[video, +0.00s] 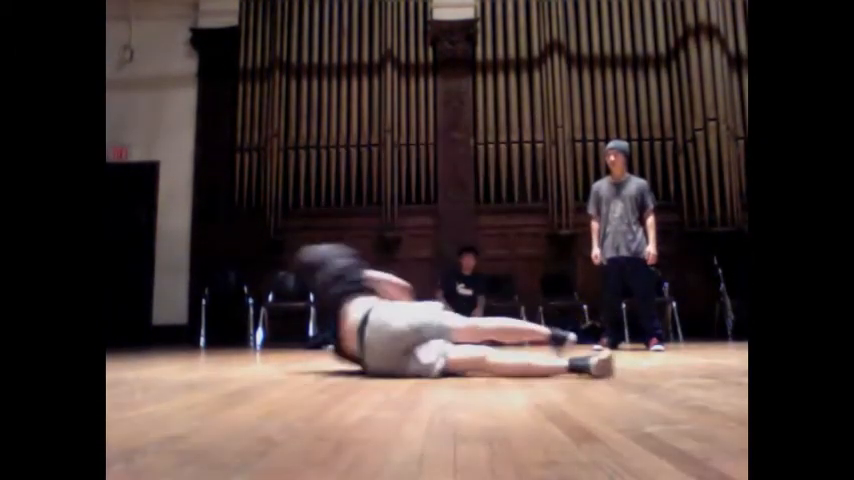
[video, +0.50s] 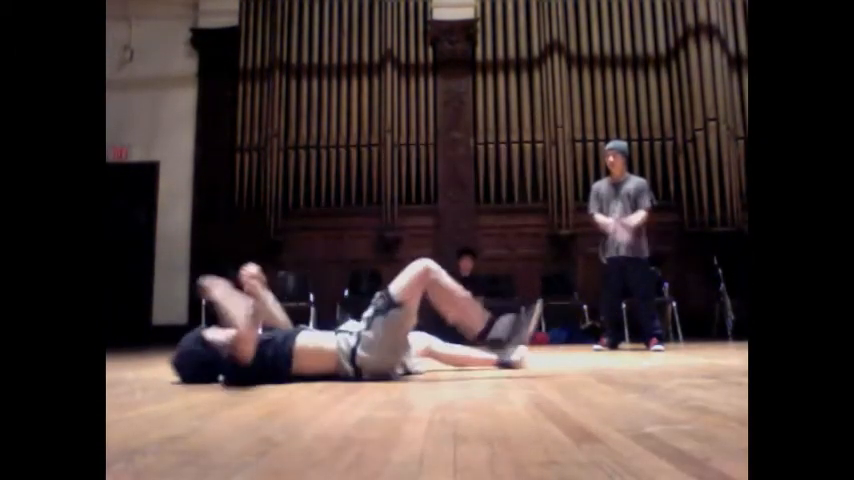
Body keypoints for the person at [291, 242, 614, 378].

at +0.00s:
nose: (349, 263)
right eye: (343, 259)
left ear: (312, 283)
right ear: (339, 261)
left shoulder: (332, 329)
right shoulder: (349, 277)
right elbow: (400, 287)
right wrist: (401, 316)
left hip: (374, 360)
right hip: (379, 321)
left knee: (480, 361)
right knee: (471, 330)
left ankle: (572, 365)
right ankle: (561, 336)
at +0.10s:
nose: (331, 269)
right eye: (323, 265)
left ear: (291, 293)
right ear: (318, 270)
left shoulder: (311, 331)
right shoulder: (330, 286)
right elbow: (380, 282)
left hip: (372, 363)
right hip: (376, 327)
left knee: (484, 358)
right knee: (468, 329)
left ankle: (575, 363)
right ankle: (551, 331)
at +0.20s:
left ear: (248, 323)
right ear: (267, 300)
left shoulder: (278, 353)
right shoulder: (276, 318)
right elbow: (332, 278)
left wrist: (321, 305)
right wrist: (298, 285)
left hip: (371, 366)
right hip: (370, 335)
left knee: (466, 361)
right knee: (461, 315)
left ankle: (544, 360)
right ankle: (547, 311)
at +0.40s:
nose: (224, 322)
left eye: (216, 321)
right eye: (218, 324)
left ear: (214, 351)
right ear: (217, 341)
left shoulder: (255, 349)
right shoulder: (248, 354)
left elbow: (285, 316)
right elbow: (264, 298)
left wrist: (264, 295)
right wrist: (232, 292)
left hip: (363, 347)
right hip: (365, 350)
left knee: (436, 346)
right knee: (424, 270)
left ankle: (507, 359)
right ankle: (501, 317)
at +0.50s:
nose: (223, 327)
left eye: (217, 328)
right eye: (215, 330)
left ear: (209, 355)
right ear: (212, 348)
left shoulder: (252, 351)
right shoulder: (239, 358)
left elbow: (277, 321)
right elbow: (240, 318)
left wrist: (256, 290)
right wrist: (217, 292)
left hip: (361, 345)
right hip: (362, 351)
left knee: (429, 343)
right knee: (422, 268)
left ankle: (500, 350)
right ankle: (490, 330)